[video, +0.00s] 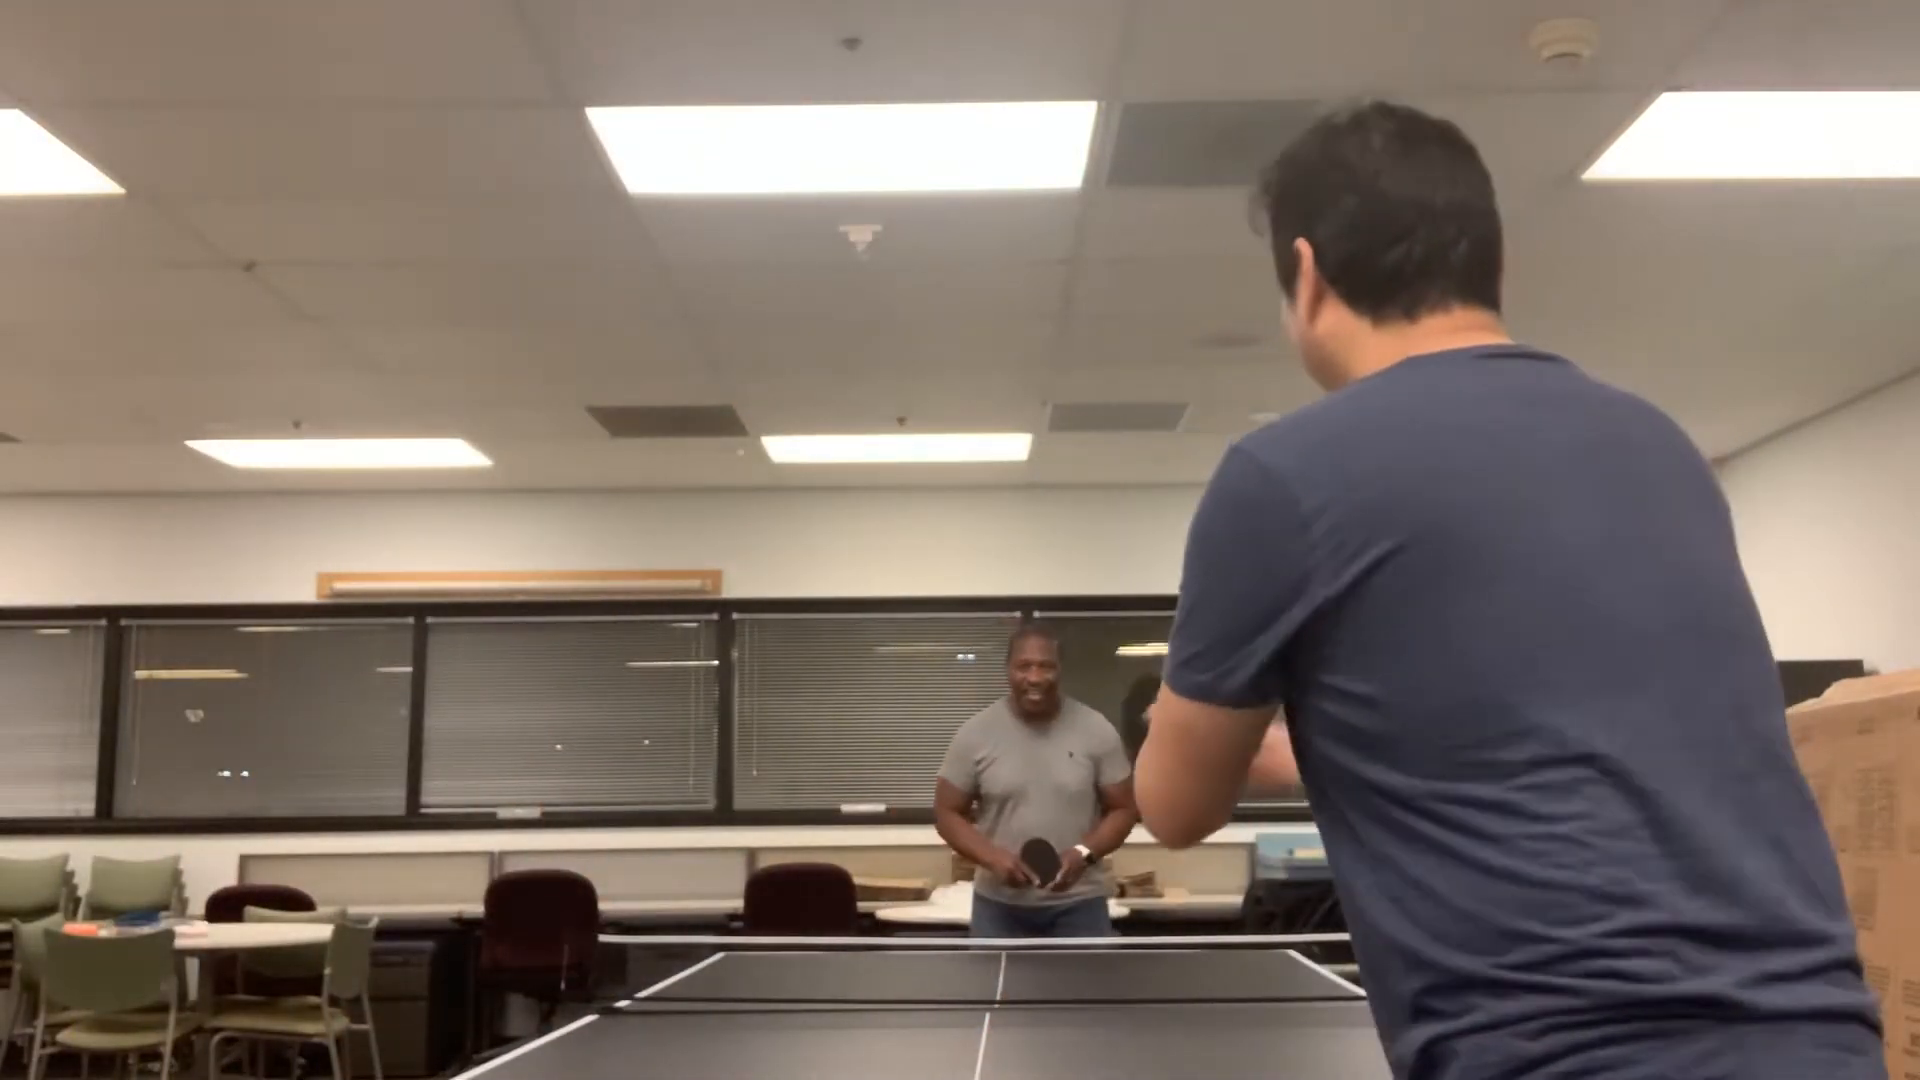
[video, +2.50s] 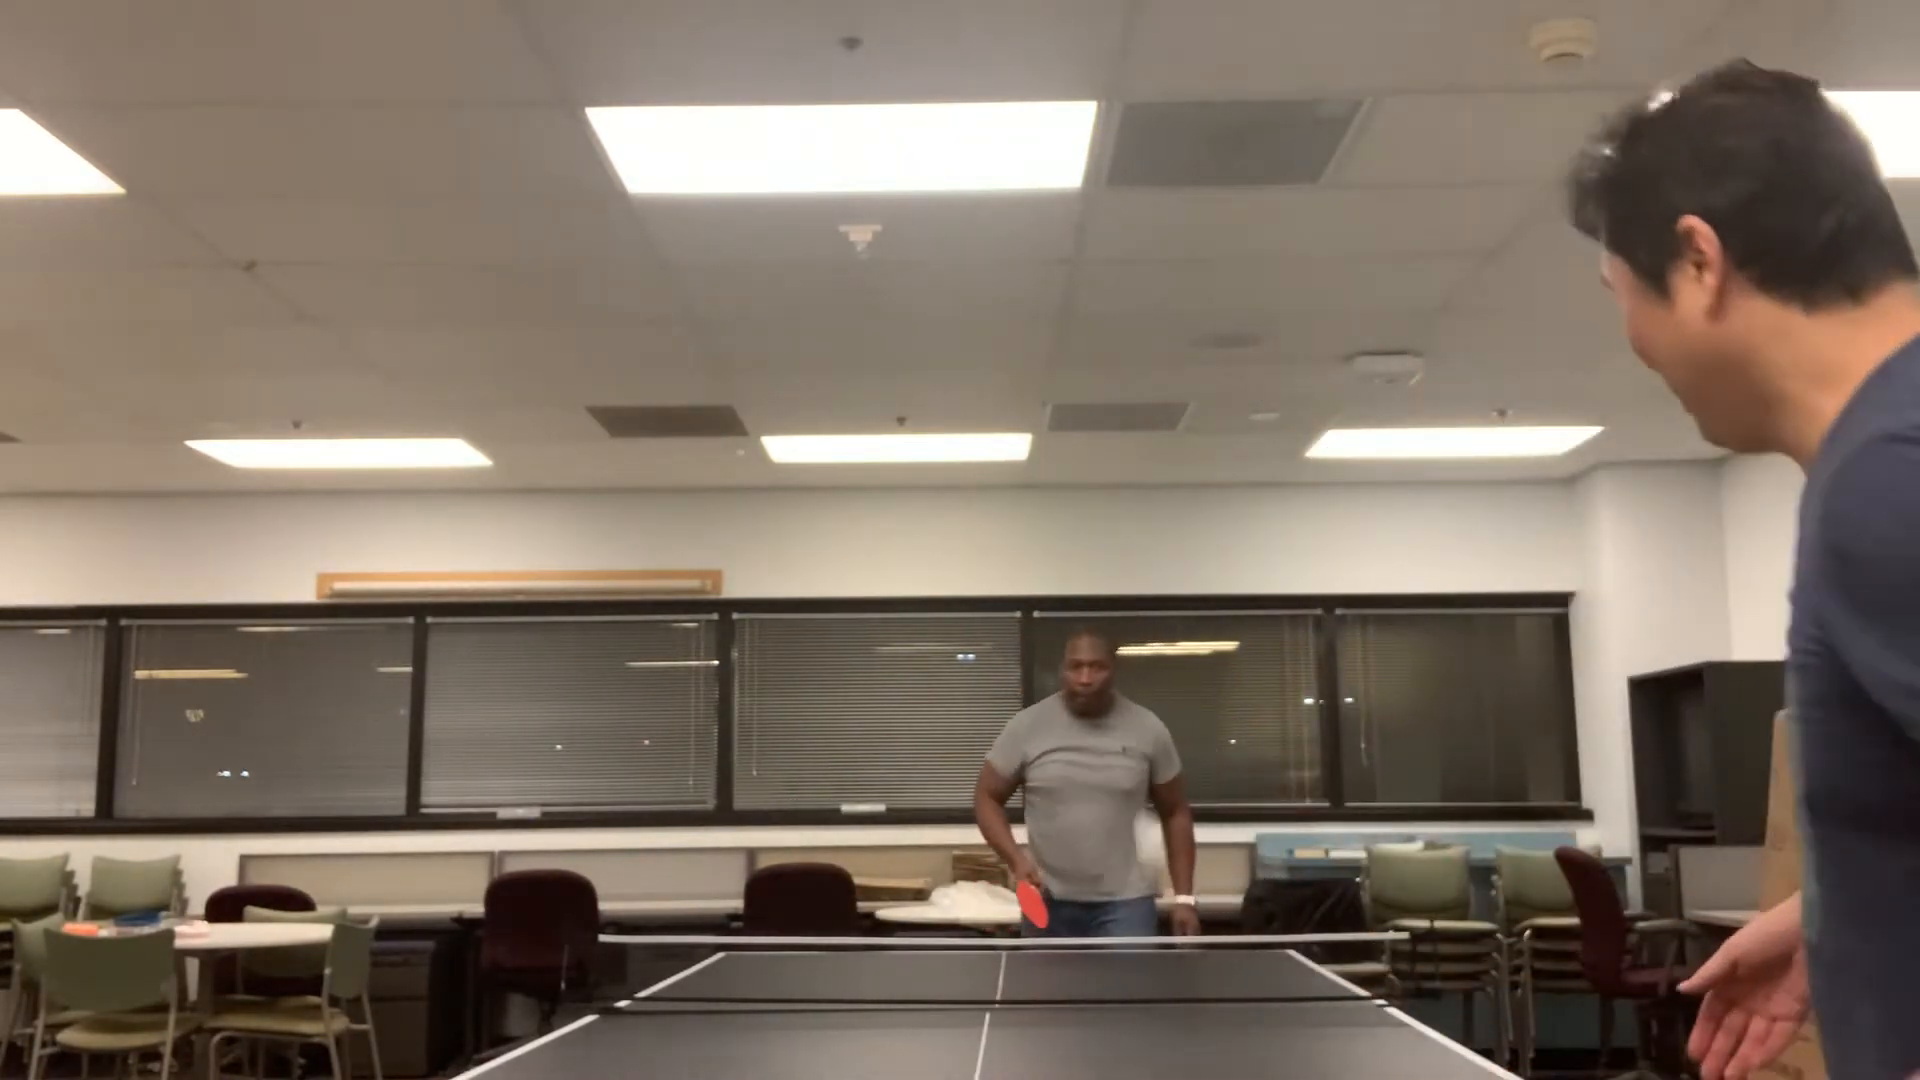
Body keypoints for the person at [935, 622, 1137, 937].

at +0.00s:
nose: (1035, 678)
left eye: (1046, 667)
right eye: (1024, 667)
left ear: (1059, 671)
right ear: (1008, 671)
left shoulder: (1094, 730)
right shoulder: (976, 733)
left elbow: (1125, 808)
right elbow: (947, 814)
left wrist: (1084, 853)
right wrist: (994, 857)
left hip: (1078, 906)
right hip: (999, 906)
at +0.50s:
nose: (1026, 681)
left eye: (1036, 671)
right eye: (1015, 671)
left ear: (1050, 674)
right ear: (999, 675)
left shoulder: (1088, 732)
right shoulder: (971, 737)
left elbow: (1116, 809)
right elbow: (943, 816)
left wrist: (1075, 864)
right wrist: (991, 868)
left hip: (1072, 908)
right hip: (993, 908)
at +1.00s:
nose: (1031, 669)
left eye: (1042, 658)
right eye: (1020, 659)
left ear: (1062, 663)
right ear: (1007, 665)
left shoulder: (1094, 719)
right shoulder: (985, 726)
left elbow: (1140, 797)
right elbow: (960, 805)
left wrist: (1075, 835)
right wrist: (992, 848)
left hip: (1088, 903)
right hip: (1009, 902)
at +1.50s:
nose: (1052, 694)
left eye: (1064, 682)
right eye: (1043, 683)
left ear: (1087, 681)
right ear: (1033, 682)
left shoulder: (1132, 730)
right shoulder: (1013, 728)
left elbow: (1173, 796)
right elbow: (993, 795)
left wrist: (1151, 871)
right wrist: (1003, 853)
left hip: (1107, 916)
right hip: (1035, 914)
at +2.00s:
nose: (1124, 673)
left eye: (1138, 661)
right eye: (1116, 660)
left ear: (1162, 661)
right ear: (1105, 659)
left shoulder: (1200, 712)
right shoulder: (1080, 699)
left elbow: (1250, 788)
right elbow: (1042, 769)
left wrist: (1265, 879)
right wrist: (1049, 817)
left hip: (1165, 894)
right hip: (1088, 887)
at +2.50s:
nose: (1085, 678)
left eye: (1096, 667)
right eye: (1076, 667)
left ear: (1112, 671)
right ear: (1062, 671)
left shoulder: (1147, 730)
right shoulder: (1027, 726)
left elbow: (1175, 812)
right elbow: (986, 798)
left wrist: (1184, 898)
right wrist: (1016, 859)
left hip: (1124, 902)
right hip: (1050, 902)